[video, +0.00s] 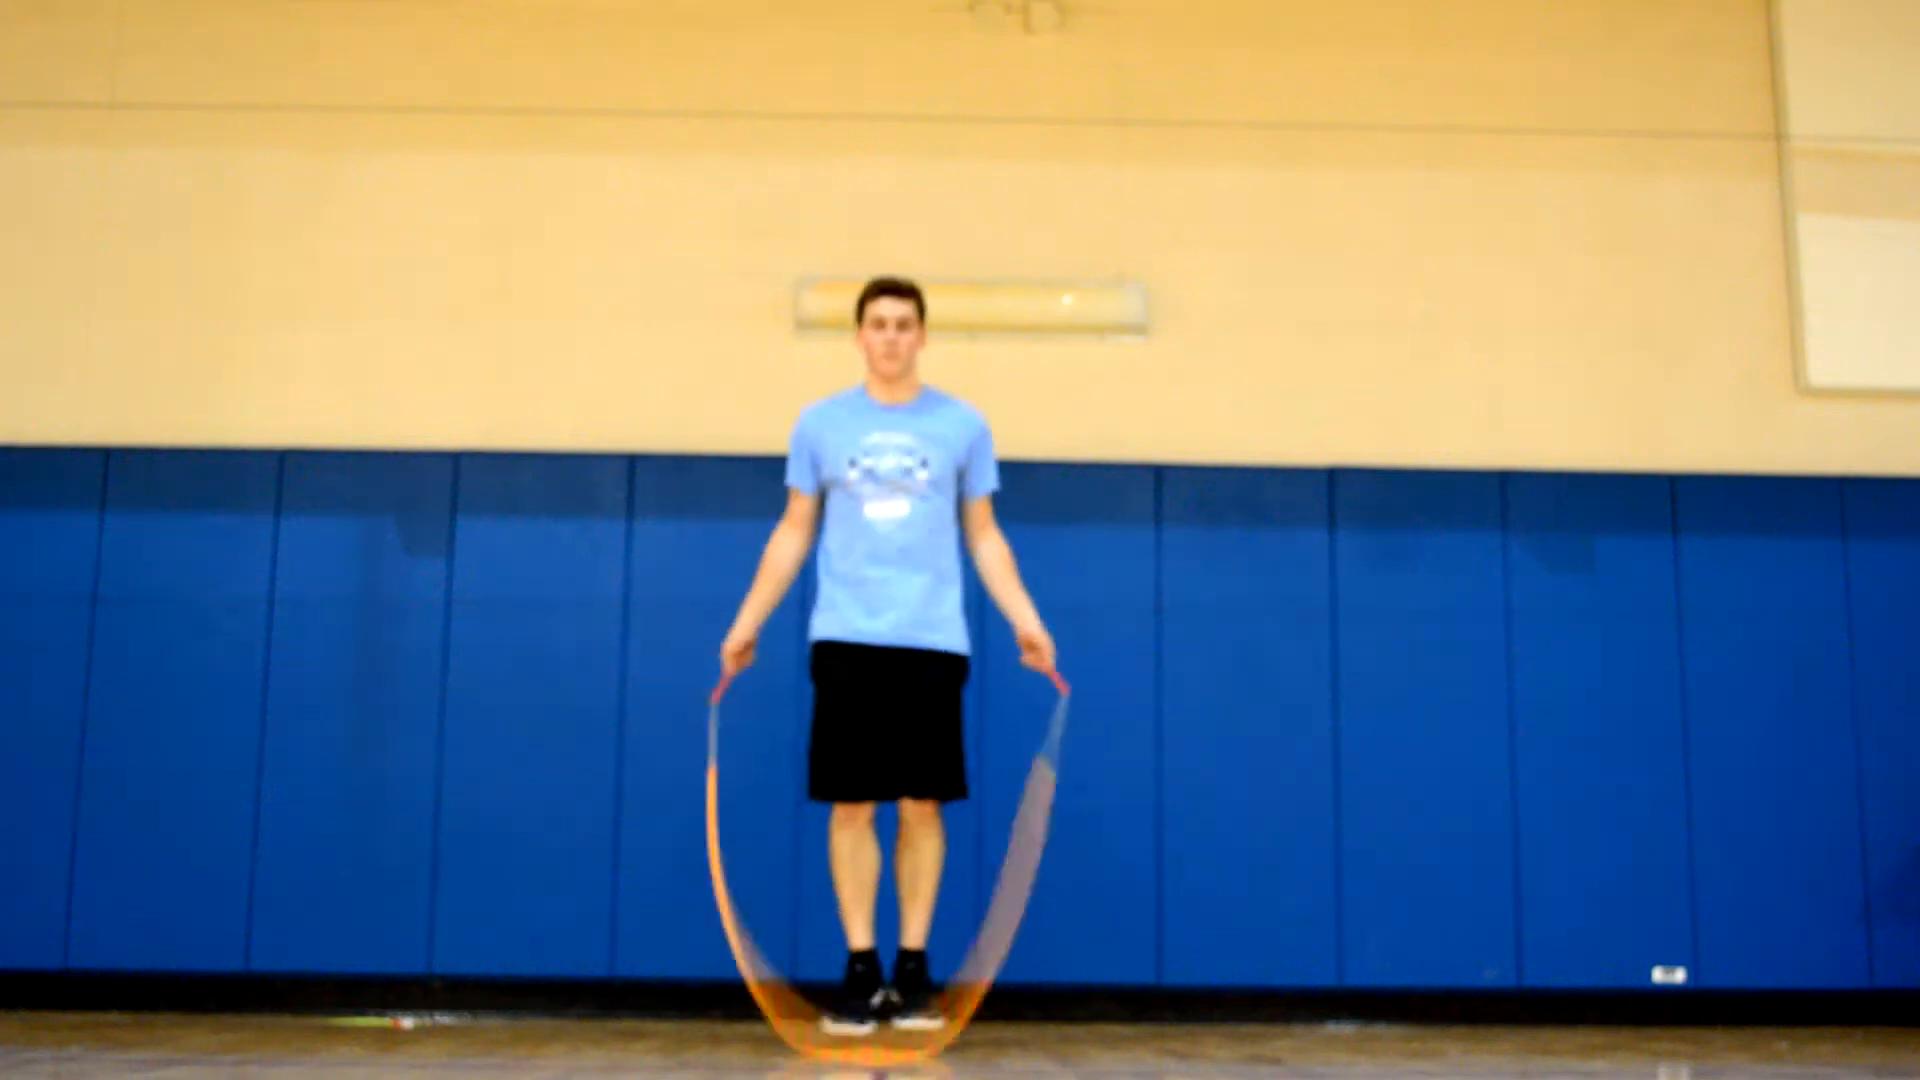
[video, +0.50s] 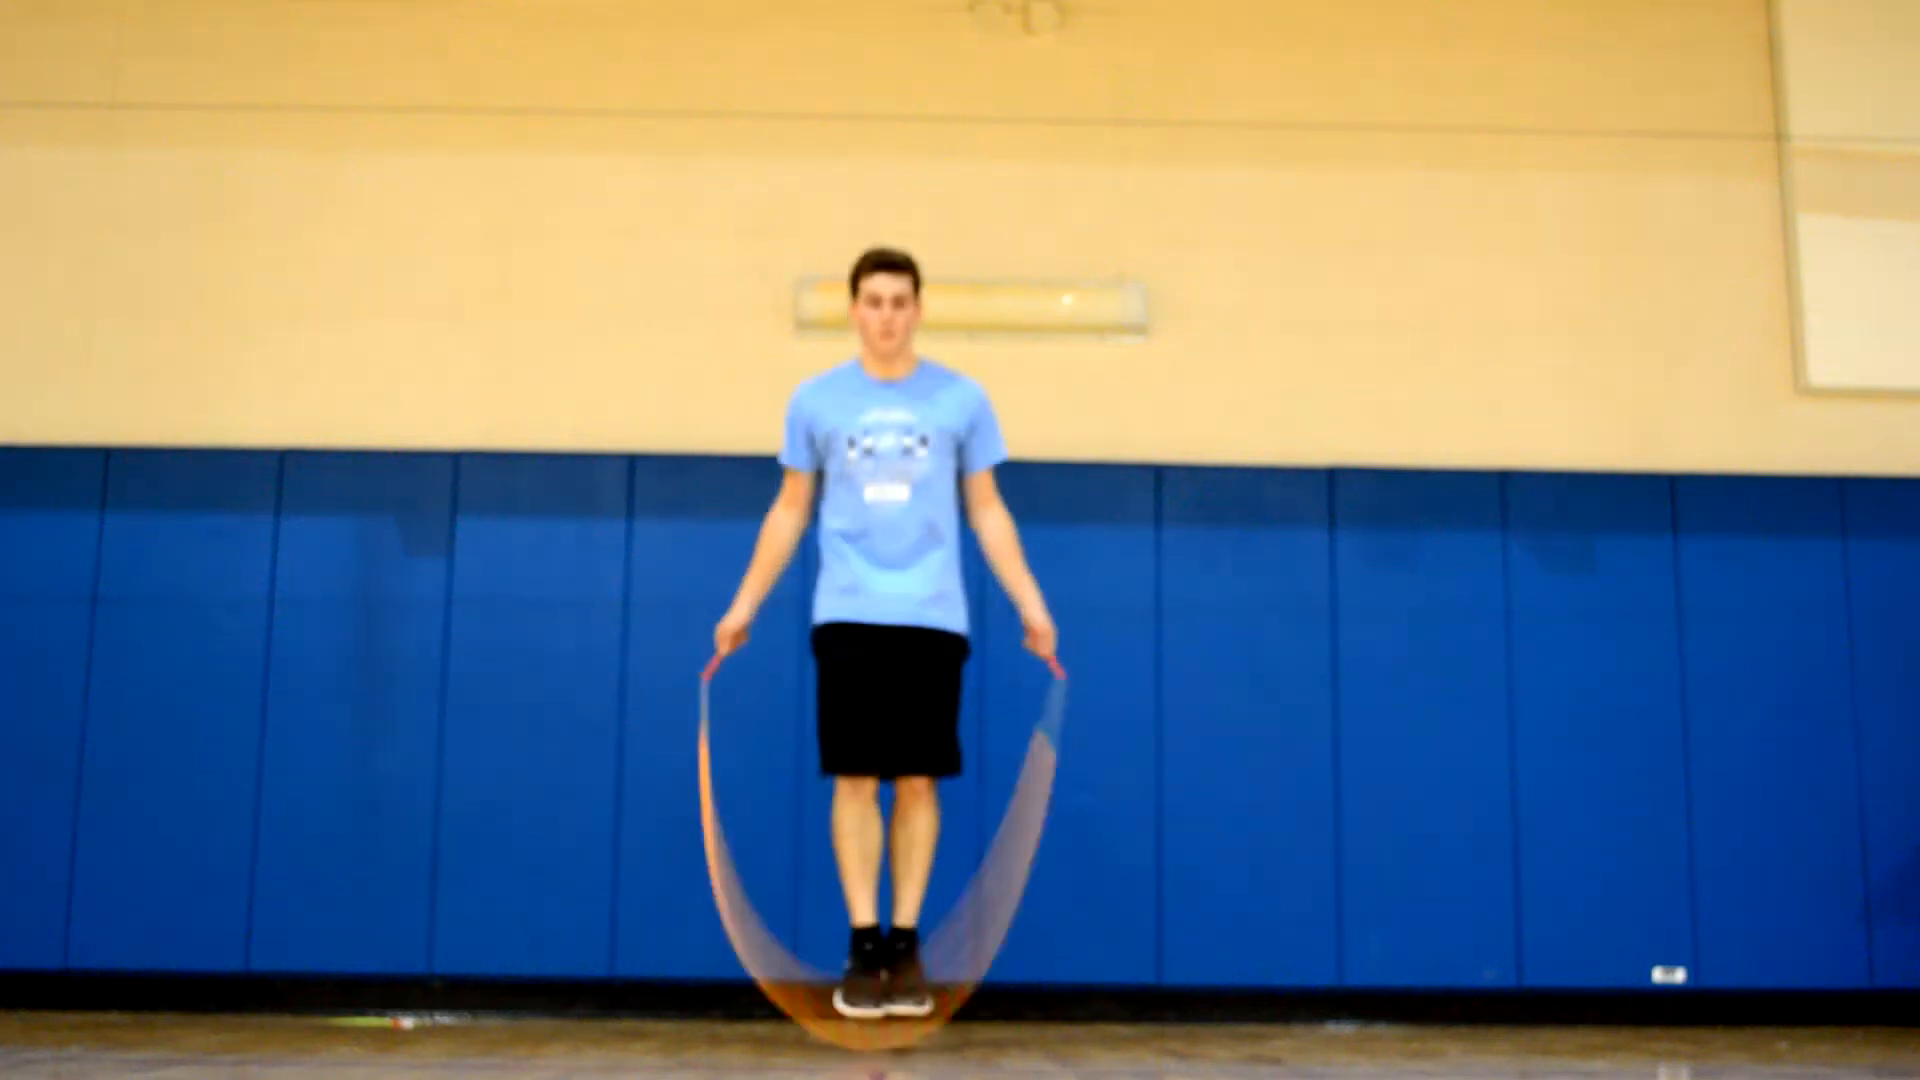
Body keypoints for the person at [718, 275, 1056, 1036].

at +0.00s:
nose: (891, 339)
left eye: (904, 326)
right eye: (879, 326)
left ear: (923, 336)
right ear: (859, 336)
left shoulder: (961, 425)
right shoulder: (823, 423)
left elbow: (984, 536)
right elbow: (794, 532)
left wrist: (1027, 623)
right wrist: (746, 625)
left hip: (932, 641)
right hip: (846, 638)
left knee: (920, 805)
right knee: (852, 805)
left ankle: (912, 970)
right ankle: (861, 970)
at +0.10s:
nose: (891, 348)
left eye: (904, 336)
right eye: (879, 336)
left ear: (922, 347)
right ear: (857, 346)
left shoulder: (959, 437)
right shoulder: (820, 436)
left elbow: (980, 548)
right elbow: (794, 543)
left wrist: (1016, 629)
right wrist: (744, 632)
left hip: (932, 654)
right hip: (847, 652)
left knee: (919, 820)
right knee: (850, 820)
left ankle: (902, 988)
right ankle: (857, 990)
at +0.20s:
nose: (888, 392)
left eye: (900, 380)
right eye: (876, 379)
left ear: (920, 391)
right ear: (855, 392)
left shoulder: (960, 484)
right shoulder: (819, 483)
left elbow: (976, 587)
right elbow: (791, 586)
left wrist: (1004, 652)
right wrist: (736, 651)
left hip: (933, 706)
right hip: (842, 704)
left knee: (931, 864)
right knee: (834, 861)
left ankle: (900, 1007)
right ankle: (858, 1007)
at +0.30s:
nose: (887, 381)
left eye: (900, 369)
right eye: (875, 368)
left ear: (919, 380)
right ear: (854, 380)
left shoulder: (959, 471)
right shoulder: (818, 468)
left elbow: (978, 573)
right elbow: (789, 568)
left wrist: (1006, 641)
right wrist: (743, 637)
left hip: (932, 695)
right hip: (843, 693)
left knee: (930, 845)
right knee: (840, 845)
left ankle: (903, 998)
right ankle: (858, 1000)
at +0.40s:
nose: (887, 330)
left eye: (900, 318)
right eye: (875, 317)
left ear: (919, 328)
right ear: (853, 327)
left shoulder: (958, 414)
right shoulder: (818, 415)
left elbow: (983, 521)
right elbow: (791, 519)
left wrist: (1013, 613)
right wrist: (755, 609)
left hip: (932, 632)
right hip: (847, 631)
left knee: (916, 795)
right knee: (855, 794)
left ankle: (904, 963)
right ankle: (861, 964)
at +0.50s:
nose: (887, 315)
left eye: (900, 302)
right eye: (874, 302)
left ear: (919, 310)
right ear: (853, 310)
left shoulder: (960, 399)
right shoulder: (818, 399)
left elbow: (987, 511)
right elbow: (790, 509)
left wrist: (1034, 609)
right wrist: (742, 609)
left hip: (932, 615)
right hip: (848, 613)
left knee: (915, 781)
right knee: (856, 779)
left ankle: (904, 949)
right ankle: (865, 948)